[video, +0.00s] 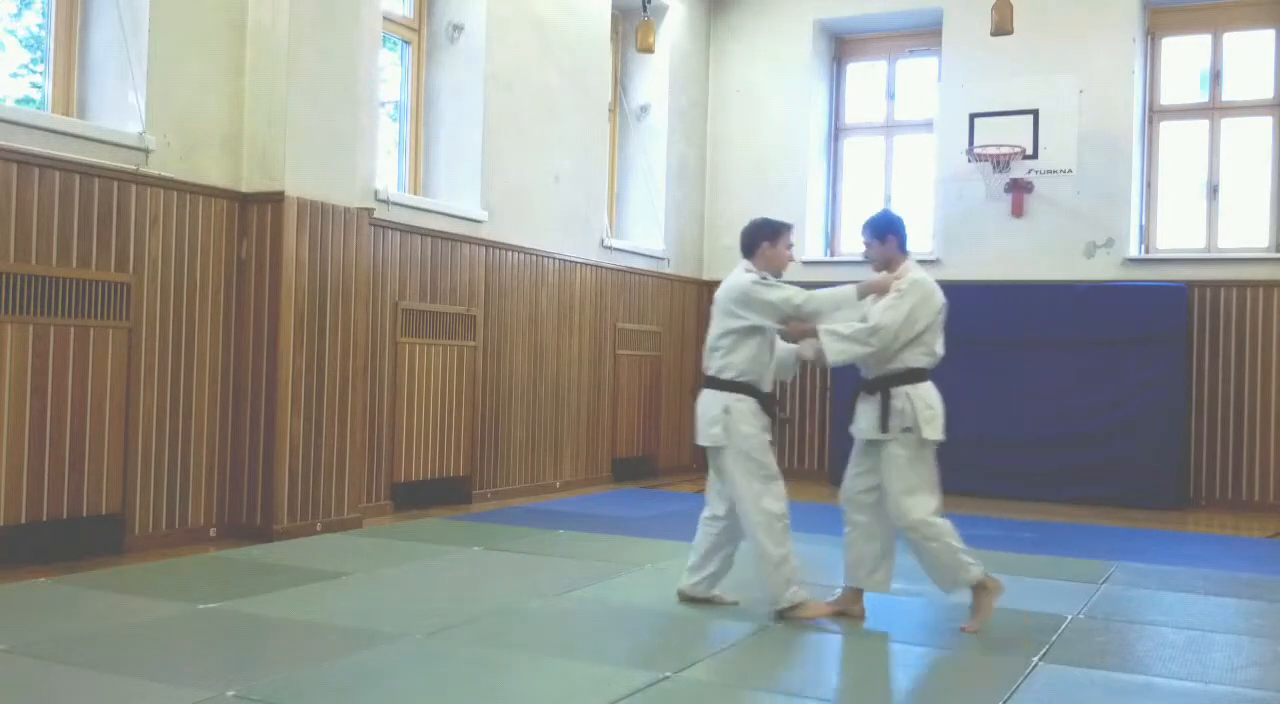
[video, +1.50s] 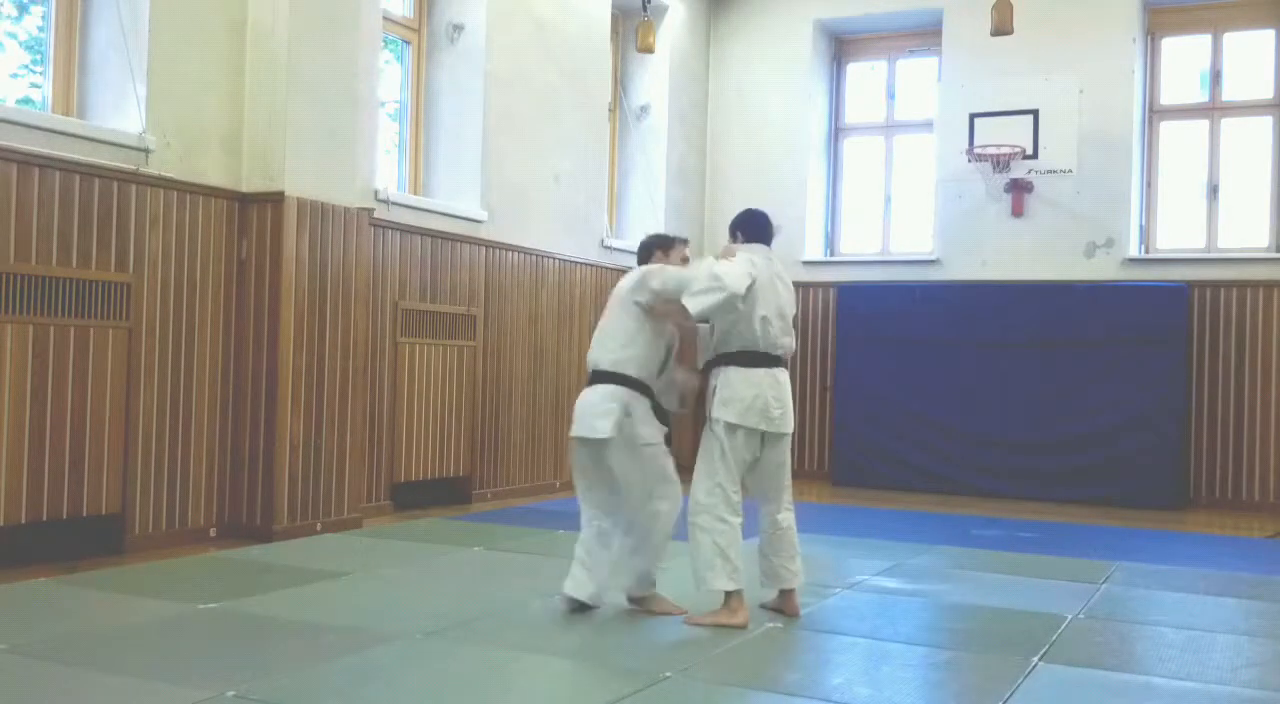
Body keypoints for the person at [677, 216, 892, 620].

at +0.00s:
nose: (792, 256)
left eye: (791, 248)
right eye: (787, 247)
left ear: (763, 250)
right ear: (764, 248)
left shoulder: (748, 286)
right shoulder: (744, 285)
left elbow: (764, 355)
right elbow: (801, 304)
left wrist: (807, 346)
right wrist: (865, 289)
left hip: (731, 404)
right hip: (733, 407)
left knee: (724, 503)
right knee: (766, 501)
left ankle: (697, 585)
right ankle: (789, 599)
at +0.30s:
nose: (754, 249)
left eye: (753, 242)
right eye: (749, 241)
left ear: (727, 244)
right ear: (726, 243)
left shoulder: (718, 283)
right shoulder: (704, 280)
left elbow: (724, 353)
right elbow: (765, 304)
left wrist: (770, 342)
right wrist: (824, 285)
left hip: (704, 401)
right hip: (684, 401)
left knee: (712, 498)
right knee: (694, 499)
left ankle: (695, 583)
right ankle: (654, 583)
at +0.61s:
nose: (726, 253)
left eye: (726, 245)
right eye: (722, 245)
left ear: (689, 245)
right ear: (701, 245)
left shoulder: (656, 279)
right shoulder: (690, 284)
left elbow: (707, 342)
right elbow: (737, 325)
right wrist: (779, 293)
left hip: (632, 398)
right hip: (666, 403)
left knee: (632, 494)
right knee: (675, 497)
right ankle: (650, 592)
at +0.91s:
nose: (688, 270)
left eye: (686, 264)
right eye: (687, 264)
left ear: (648, 266)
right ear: (681, 265)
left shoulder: (626, 309)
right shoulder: (695, 293)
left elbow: (629, 375)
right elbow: (736, 309)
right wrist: (738, 272)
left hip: (655, 420)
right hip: (699, 417)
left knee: (612, 509)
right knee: (703, 503)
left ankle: (588, 596)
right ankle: (720, 589)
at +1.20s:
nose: (679, 265)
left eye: (678, 260)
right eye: (678, 260)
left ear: (638, 260)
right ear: (670, 260)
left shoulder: (612, 300)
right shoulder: (683, 289)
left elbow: (613, 352)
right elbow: (724, 306)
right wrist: (733, 269)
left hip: (630, 415)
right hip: (682, 414)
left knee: (612, 509)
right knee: (701, 509)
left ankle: (593, 597)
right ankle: (717, 592)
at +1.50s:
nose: (687, 268)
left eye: (687, 261)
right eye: (682, 260)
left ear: (654, 256)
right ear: (658, 256)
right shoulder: (647, 277)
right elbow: (699, 280)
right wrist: (725, 262)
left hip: (590, 407)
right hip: (624, 406)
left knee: (600, 504)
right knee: (663, 495)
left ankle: (580, 589)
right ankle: (641, 587)